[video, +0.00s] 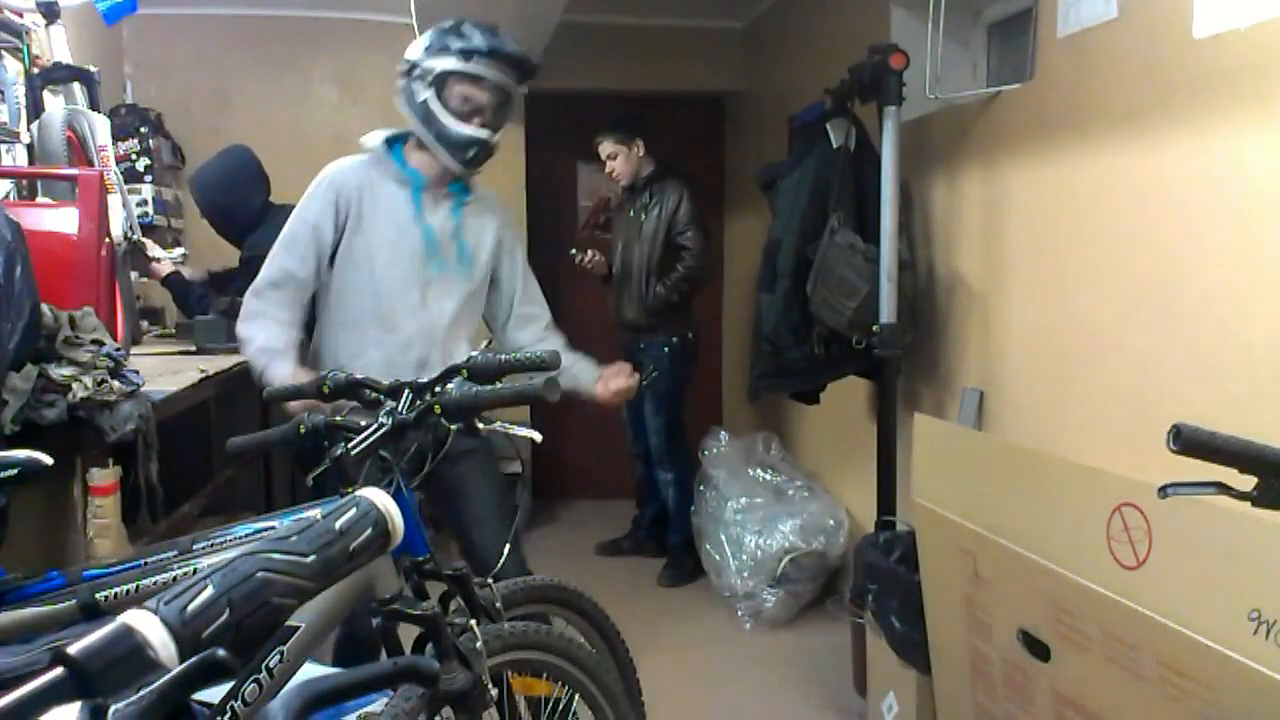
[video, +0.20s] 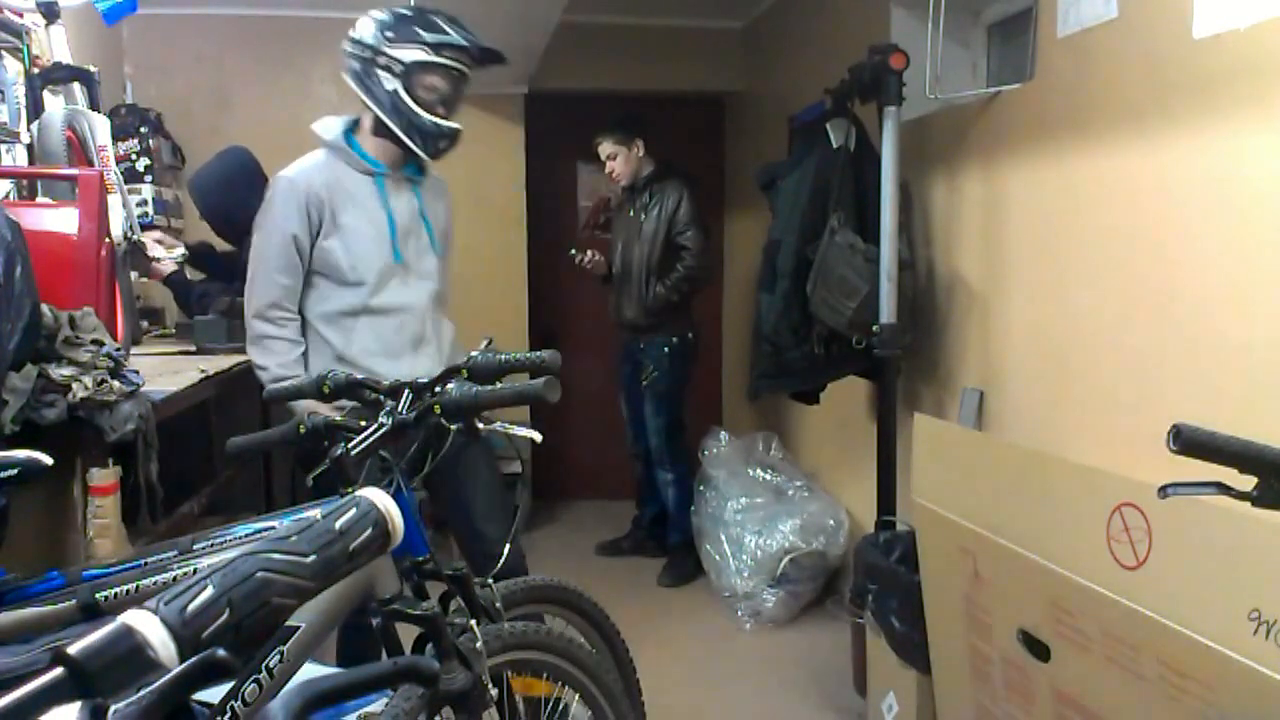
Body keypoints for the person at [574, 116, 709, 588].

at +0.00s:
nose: (609, 168)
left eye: (613, 157)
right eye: (605, 162)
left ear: (639, 149)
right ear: (611, 164)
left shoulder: (673, 193)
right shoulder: (626, 203)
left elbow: (695, 262)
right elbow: (627, 265)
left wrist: (656, 298)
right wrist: (605, 267)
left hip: (666, 336)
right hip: (633, 335)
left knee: (665, 442)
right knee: (641, 441)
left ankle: (684, 547)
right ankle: (650, 530)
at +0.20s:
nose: (609, 169)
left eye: (613, 158)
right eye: (604, 162)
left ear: (639, 149)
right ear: (611, 164)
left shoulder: (673, 193)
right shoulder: (626, 204)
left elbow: (695, 262)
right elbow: (627, 267)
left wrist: (655, 299)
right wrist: (604, 267)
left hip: (666, 336)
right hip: (633, 335)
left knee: (664, 442)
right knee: (640, 441)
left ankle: (683, 545)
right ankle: (649, 530)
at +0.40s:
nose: (608, 169)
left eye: (611, 159)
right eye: (603, 163)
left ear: (638, 150)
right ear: (612, 164)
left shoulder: (672, 193)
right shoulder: (626, 204)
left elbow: (695, 260)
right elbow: (628, 265)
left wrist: (657, 297)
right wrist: (605, 268)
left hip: (667, 336)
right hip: (634, 335)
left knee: (664, 442)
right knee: (640, 442)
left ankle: (683, 545)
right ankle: (649, 530)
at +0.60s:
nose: (606, 170)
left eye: (610, 159)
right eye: (602, 163)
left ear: (636, 151)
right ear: (611, 165)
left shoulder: (671, 193)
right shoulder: (625, 205)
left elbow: (695, 259)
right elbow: (625, 270)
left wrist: (658, 296)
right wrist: (604, 269)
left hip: (664, 336)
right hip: (632, 335)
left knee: (663, 441)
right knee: (640, 442)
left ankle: (683, 545)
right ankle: (649, 530)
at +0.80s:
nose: (607, 170)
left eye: (610, 159)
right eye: (602, 163)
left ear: (636, 149)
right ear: (610, 163)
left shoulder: (671, 193)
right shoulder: (626, 204)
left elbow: (694, 262)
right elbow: (627, 266)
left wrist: (655, 297)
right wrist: (605, 268)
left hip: (665, 334)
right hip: (632, 333)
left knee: (663, 441)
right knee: (640, 441)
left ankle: (684, 545)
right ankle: (650, 530)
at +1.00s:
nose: (606, 170)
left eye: (609, 159)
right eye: (601, 163)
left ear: (636, 149)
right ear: (610, 163)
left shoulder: (670, 192)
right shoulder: (624, 204)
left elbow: (694, 262)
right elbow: (626, 267)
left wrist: (656, 297)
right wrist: (604, 268)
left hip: (664, 334)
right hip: (631, 333)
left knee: (663, 441)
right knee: (640, 441)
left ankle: (683, 545)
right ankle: (649, 531)